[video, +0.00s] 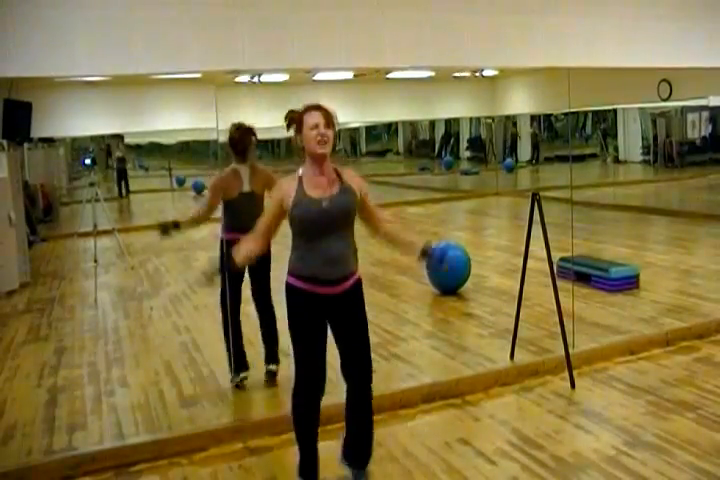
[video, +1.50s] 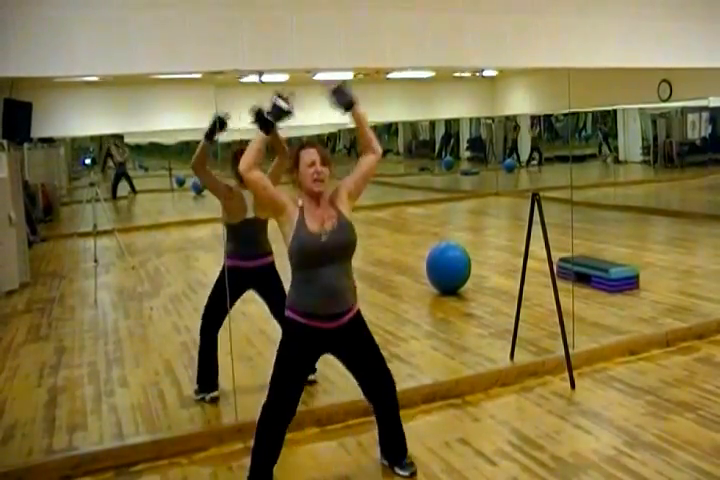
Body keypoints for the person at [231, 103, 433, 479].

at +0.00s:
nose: (321, 133)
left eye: (326, 127)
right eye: (314, 128)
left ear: (334, 133)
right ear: (300, 137)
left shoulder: (351, 181)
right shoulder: (287, 188)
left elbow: (380, 225)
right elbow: (261, 234)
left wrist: (422, 248)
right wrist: (243, 251)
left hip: (347, 289)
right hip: (304, 292)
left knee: (360, 377)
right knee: (310, 382)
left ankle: (357, 460)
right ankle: (308, 466)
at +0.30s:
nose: (322, 123)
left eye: (327, 116)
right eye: (314, 118)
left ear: (336, 123)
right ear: (301, 127)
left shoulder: (352, 165)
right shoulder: (287, 173)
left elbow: (392, 198)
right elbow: (253, 221)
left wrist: (439, 194)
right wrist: (223, 232)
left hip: (349, 277)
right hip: (307, 280)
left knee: (359, 367)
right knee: (305, 373)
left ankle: (360, 451)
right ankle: (301, 465)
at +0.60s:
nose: (325, 171)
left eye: (329, 165)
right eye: (316, 166)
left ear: (336, 172)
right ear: (304, 176)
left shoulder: (347, 204)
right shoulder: (295, 212)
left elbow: (375, 152)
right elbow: (260, 163)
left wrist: (348, 109)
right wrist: (289, 116)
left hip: (354, 328)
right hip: (308, 331)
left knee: (392, 394)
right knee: (281, 414)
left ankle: (402, 458)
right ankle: (259, 477)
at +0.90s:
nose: (321, 135)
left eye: (325, 129)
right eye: (312, 131)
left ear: (333, 135)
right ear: (298, 140)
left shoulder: (346, 179)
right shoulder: (286, 188)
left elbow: (372, 228)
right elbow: (259, 235)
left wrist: (417, 250)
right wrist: (233, 257)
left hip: (345, 288)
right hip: (304, 291)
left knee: (359, 373)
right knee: (308, 380)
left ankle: (351, 453)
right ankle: (304, 469)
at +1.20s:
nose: (317, 125)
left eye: (321, 119)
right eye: (309, 121)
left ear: (329, 125)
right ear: (294, 128)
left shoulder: (343, 166)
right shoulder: (281, 174)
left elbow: (384, 196)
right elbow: (250, 223)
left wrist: (425, 183)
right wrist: (223, 219)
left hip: (343, 277)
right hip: (301, 280)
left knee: (357, 369)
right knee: (298, 376)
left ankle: (357, 450)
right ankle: (293, 465)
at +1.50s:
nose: (317, 169)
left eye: (321, 163)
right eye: (309, 164)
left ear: (329, 170)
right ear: (297, 174)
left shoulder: (342, 199)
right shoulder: (288, 208)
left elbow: (373, 152)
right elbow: (247, 170)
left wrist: (354, 108)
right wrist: (266, 125)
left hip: (348, 323)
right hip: (303, 327)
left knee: (384, 390)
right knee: (278, 410)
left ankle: (395, 456)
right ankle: (259, 476)